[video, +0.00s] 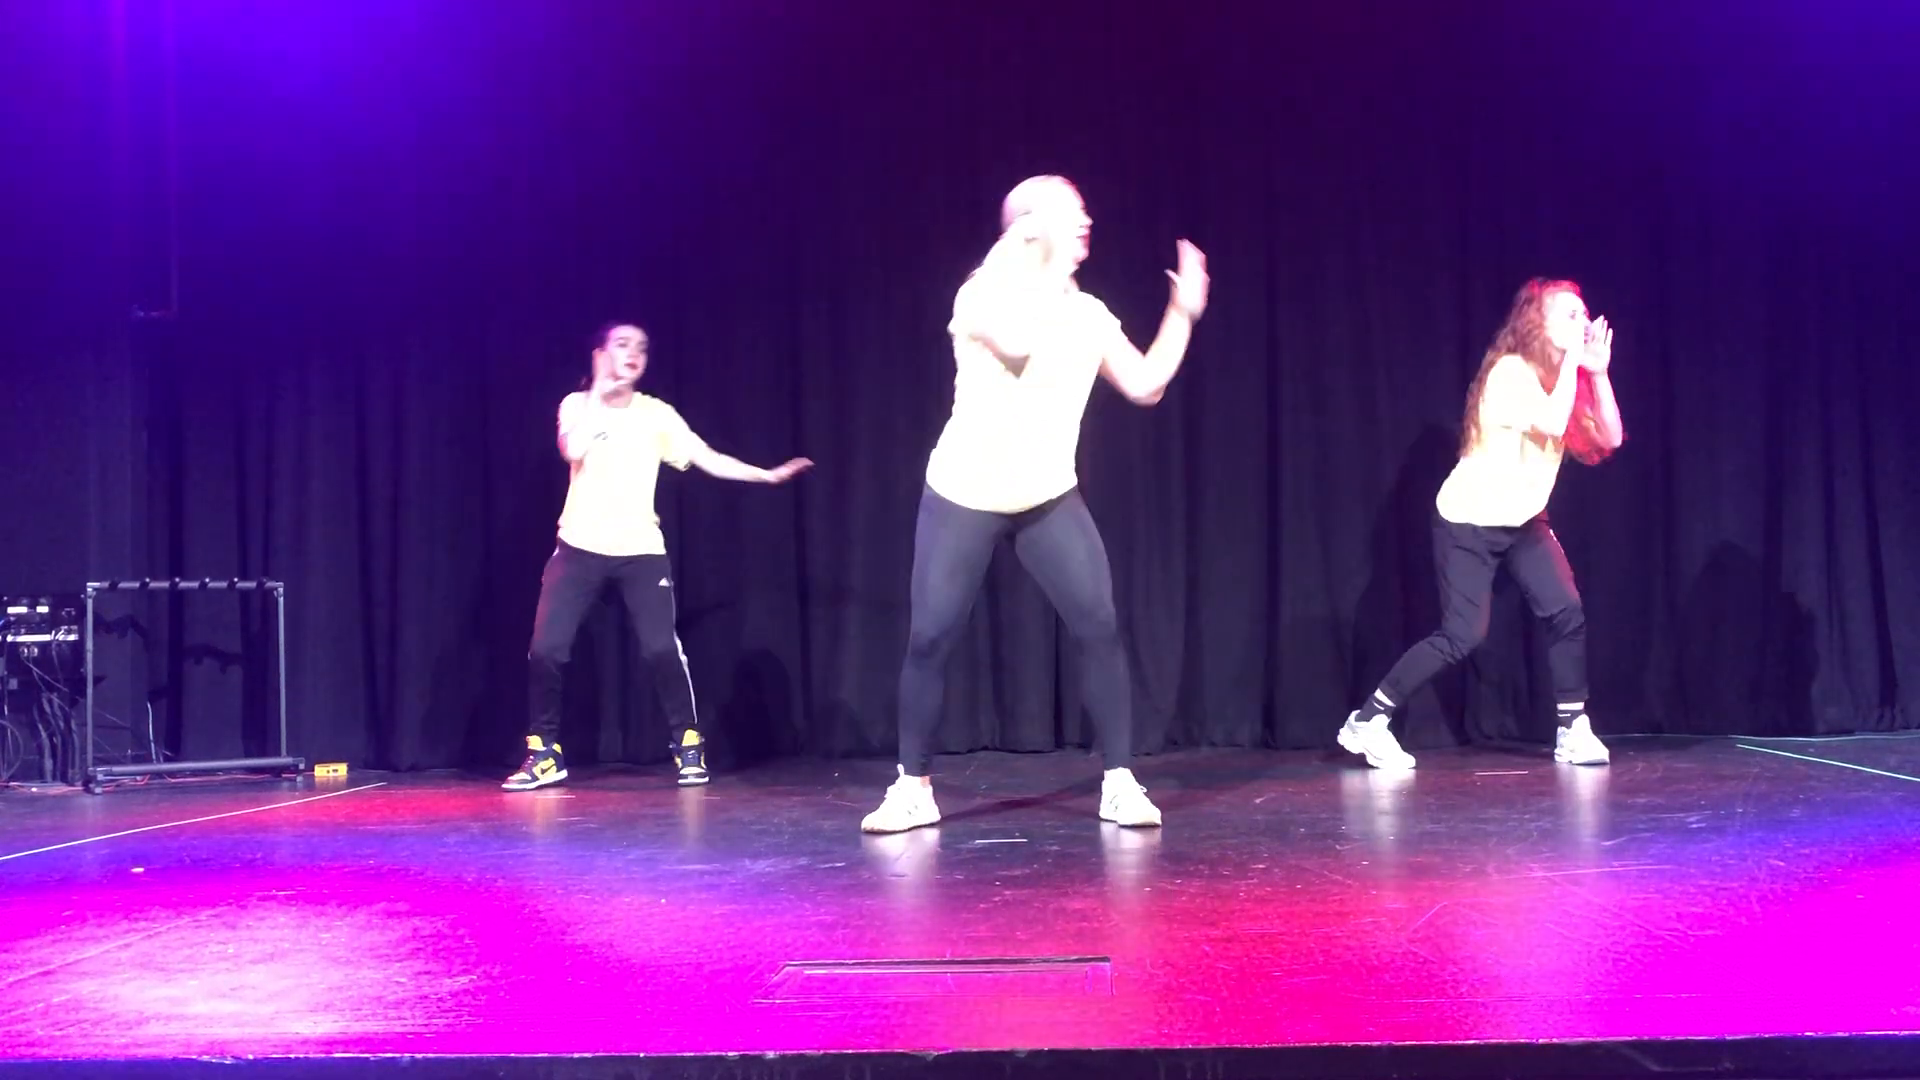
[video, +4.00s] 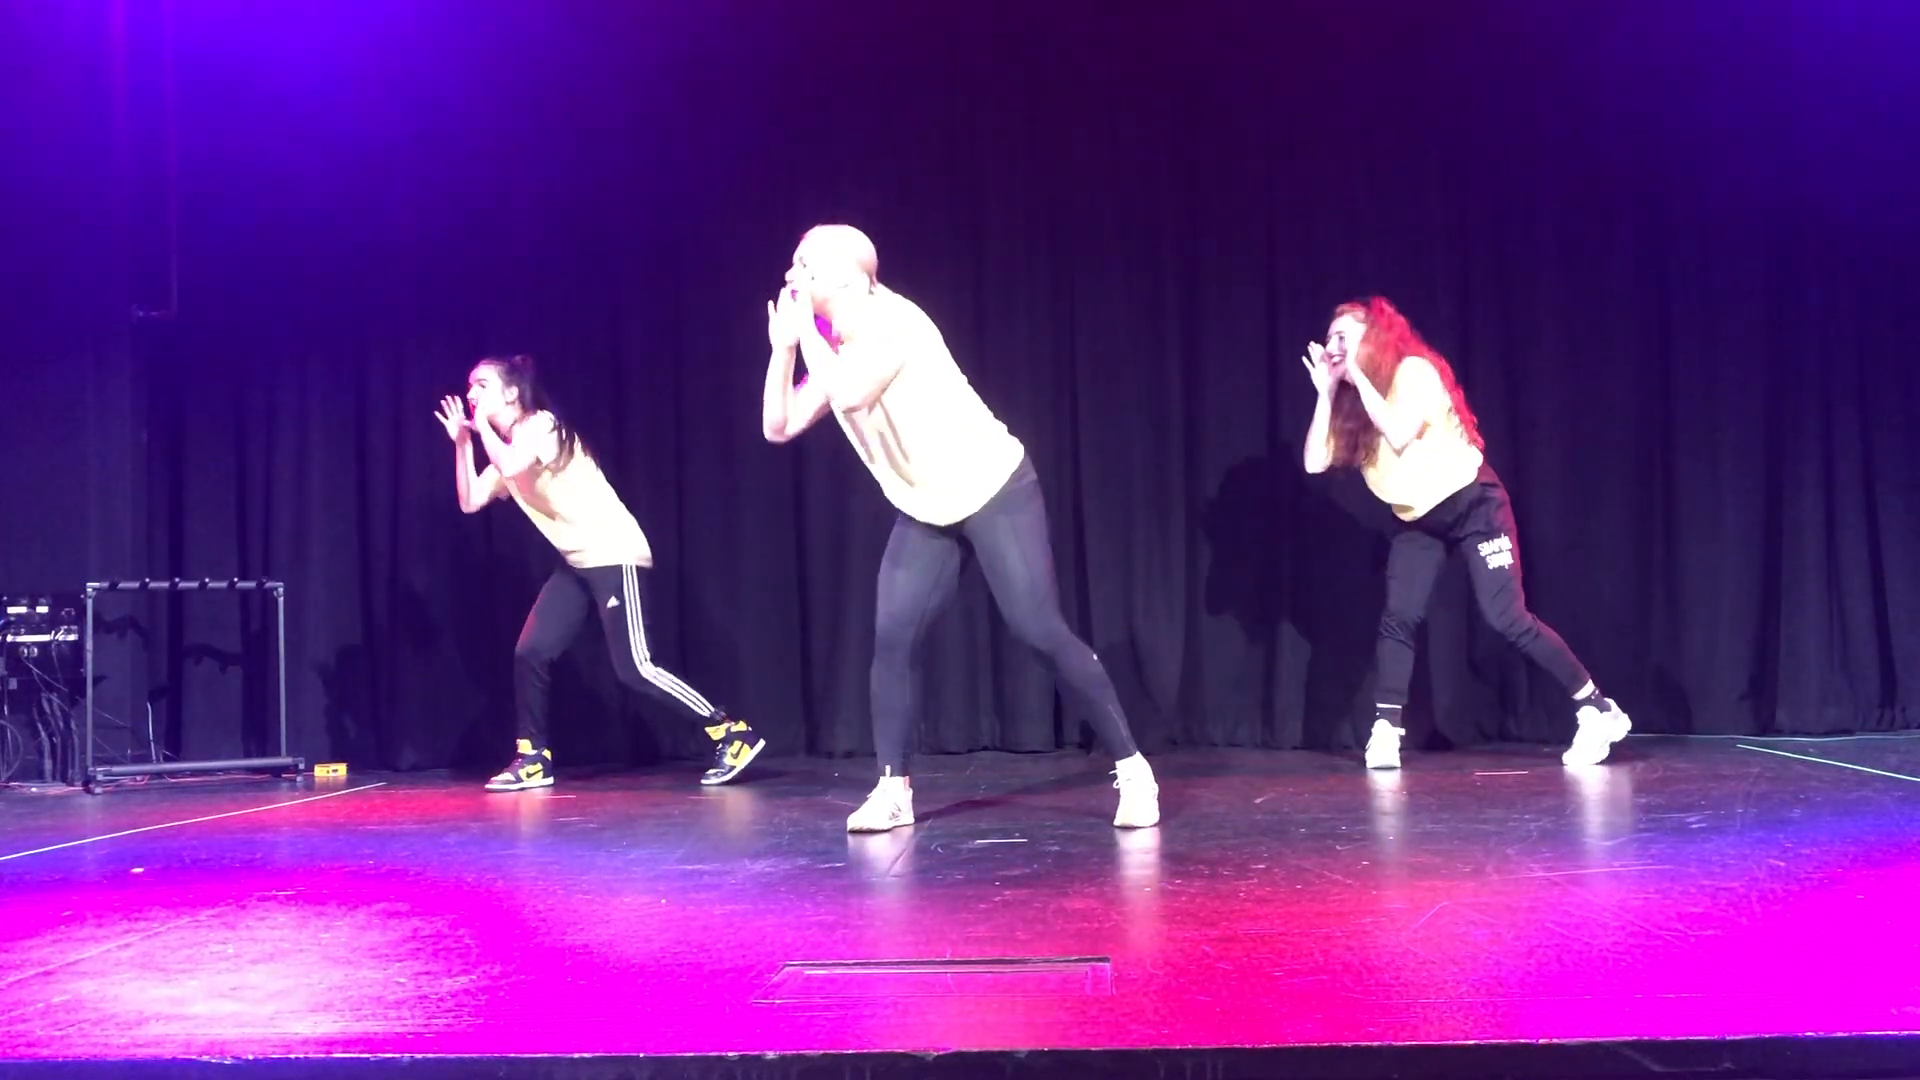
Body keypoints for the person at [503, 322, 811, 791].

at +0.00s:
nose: (631, 357)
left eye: (639, 351)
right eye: (622, 347)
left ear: (646, 363)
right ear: (598, 355)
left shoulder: (657, 415)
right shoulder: (576, 405)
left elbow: (708, 459)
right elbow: (572, 451)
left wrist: (767, 475)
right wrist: (597, 398)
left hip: (640, 550)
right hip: (579, 548)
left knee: (661, 648)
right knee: (546, 649)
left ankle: (689, 748)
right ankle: (544, 755)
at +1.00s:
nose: (721, 384)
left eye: (724, 377)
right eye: (711, 374)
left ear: (726, 388)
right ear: (684, 381)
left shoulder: (713, 443)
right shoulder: (651, 416)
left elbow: (763, 485)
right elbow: (660, 471)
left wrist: (744, 434)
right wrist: (693, 413)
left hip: (659, 554)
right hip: (604, 546)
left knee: (684, 645)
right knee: (565, 648)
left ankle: (683, 754)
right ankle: (503, 747)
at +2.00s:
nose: (517, 357)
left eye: (528, 349)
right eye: (510, 349)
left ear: (550, 359)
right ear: (502, 361)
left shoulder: (574, 397)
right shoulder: (513, 419)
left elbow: (579, 440)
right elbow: (486, 476)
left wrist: (540, 401)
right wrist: (494, 419)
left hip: (616, 541)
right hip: (560, 545)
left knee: (646, 647)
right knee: (540, 653)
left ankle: (691, 743)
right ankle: (517, 757)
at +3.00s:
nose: (750, 390)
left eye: (753, 384)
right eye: (740, 381)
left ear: (752, 394)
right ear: (711, 387)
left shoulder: (733, 452)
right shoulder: (666, 420)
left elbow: (784, 490)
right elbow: (608, 467)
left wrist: (773, 439)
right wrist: (571, 523)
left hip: (657, 555)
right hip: (606, 540)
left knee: (683, 646)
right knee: (571, 647)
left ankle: (686, 754)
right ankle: (492, 737)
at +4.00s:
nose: (471, 395)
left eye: (481, 385)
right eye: (471, 386)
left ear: (513, 394)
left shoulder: (543, 425)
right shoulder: (504, 447)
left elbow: (512, 465)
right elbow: (471, 501)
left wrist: (481, 424)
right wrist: (461, 445)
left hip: (615, 555)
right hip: (577, 562)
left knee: (635, 668)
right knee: (531, 651)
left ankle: (731, 734)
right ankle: (534, 760)